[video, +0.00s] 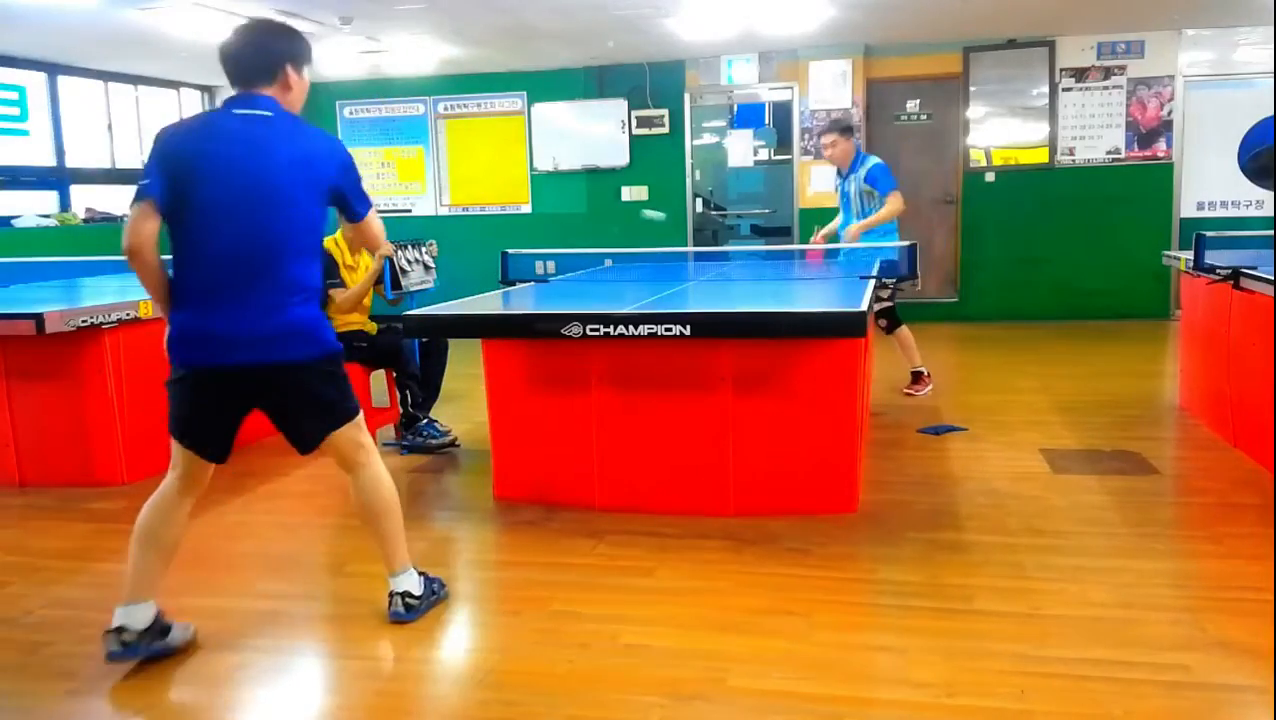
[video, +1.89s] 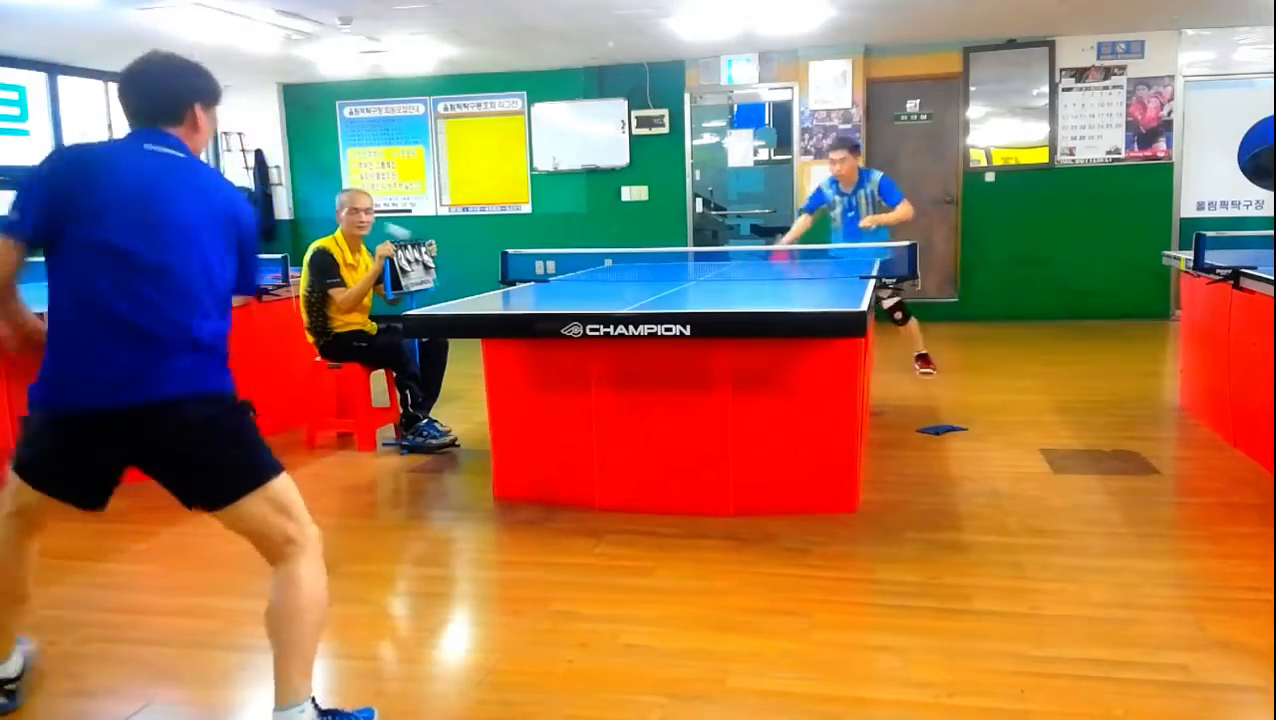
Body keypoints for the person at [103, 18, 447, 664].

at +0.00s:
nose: (308, 88)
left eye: (306, 76)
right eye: (306, 76)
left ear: (234, 77)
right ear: (288, 76)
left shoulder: (178, 139)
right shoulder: (318, 145)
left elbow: (137, 241)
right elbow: (372, 239)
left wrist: (173, 309)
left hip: (203, 347)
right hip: (295, 344)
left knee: (181, 480)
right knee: (359, 458)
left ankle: (132, 619)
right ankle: (407, 583)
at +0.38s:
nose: (303, 79)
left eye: (301, 65)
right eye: (300, 65)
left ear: (227, 65)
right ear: (277, 63)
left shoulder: (164, 135)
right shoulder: (288, 140)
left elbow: (117, 243)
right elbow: (319, 266)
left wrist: (169, 307)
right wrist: (364, 348)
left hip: (166, 355)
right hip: (251, 355)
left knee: (190, 492)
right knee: (335, 497)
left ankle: (124, 641)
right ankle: (355, 670)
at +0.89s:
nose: (286, 56)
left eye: (285, 41)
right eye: (284, 42)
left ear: (206, 38)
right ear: (265, 42)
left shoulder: (141, 98)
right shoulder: (293, 108)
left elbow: (73, 192)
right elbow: (378, 210)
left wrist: (115, 266)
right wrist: (361, 257)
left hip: (157, 345)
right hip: (258, 343)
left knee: (153, 483)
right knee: (330, 499)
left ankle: (115, 623)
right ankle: (359, 672)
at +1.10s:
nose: (258, 75)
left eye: (256, 63)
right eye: (257, 63)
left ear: (178, 65)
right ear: (240, 67)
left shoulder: (117, 127)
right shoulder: (276, 149)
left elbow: (59, 210)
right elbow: (353, 254)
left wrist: (41, 312)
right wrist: (363, 226)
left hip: (117, 364)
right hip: (222, 369)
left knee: (81, 510)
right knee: (318, 527)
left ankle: (26, 663)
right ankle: (349, 689)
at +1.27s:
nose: (234, 88)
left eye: (231, 74)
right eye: (231, 74)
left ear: (150, 82)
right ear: (209, 78)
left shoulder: (83, 150)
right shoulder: (238, 165)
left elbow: (18, 253)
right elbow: (269, 293)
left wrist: (58, 324)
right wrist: (305, 373)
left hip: (91, 378)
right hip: (190, 378)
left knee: (101, 513)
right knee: (310, 519)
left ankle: (28, 666)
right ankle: (348, 688)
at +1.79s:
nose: (252, 131)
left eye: (251, 118)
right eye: (250, 117)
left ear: (166, 112)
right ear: (228, 112)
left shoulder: (92, 181)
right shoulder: (239, 195)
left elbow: (42, 303)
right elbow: (273, 329)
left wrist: (107, 350)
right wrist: (319, 407)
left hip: (68, 407)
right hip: (170, 411)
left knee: (82, 512)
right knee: (308, 535)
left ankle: (19, 661)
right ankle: (295, 704)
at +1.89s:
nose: (213, 128)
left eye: (212, 116)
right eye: (212, 116)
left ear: (132, 113)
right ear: (196, 117)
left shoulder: (68, 166)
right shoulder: (227, 200)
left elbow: (3, 254)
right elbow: (231, 294)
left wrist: (15, 318)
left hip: (75, 400)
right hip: (188, 402)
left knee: (17, 519)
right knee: (295, 545)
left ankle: (4, 665)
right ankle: (296, 706)